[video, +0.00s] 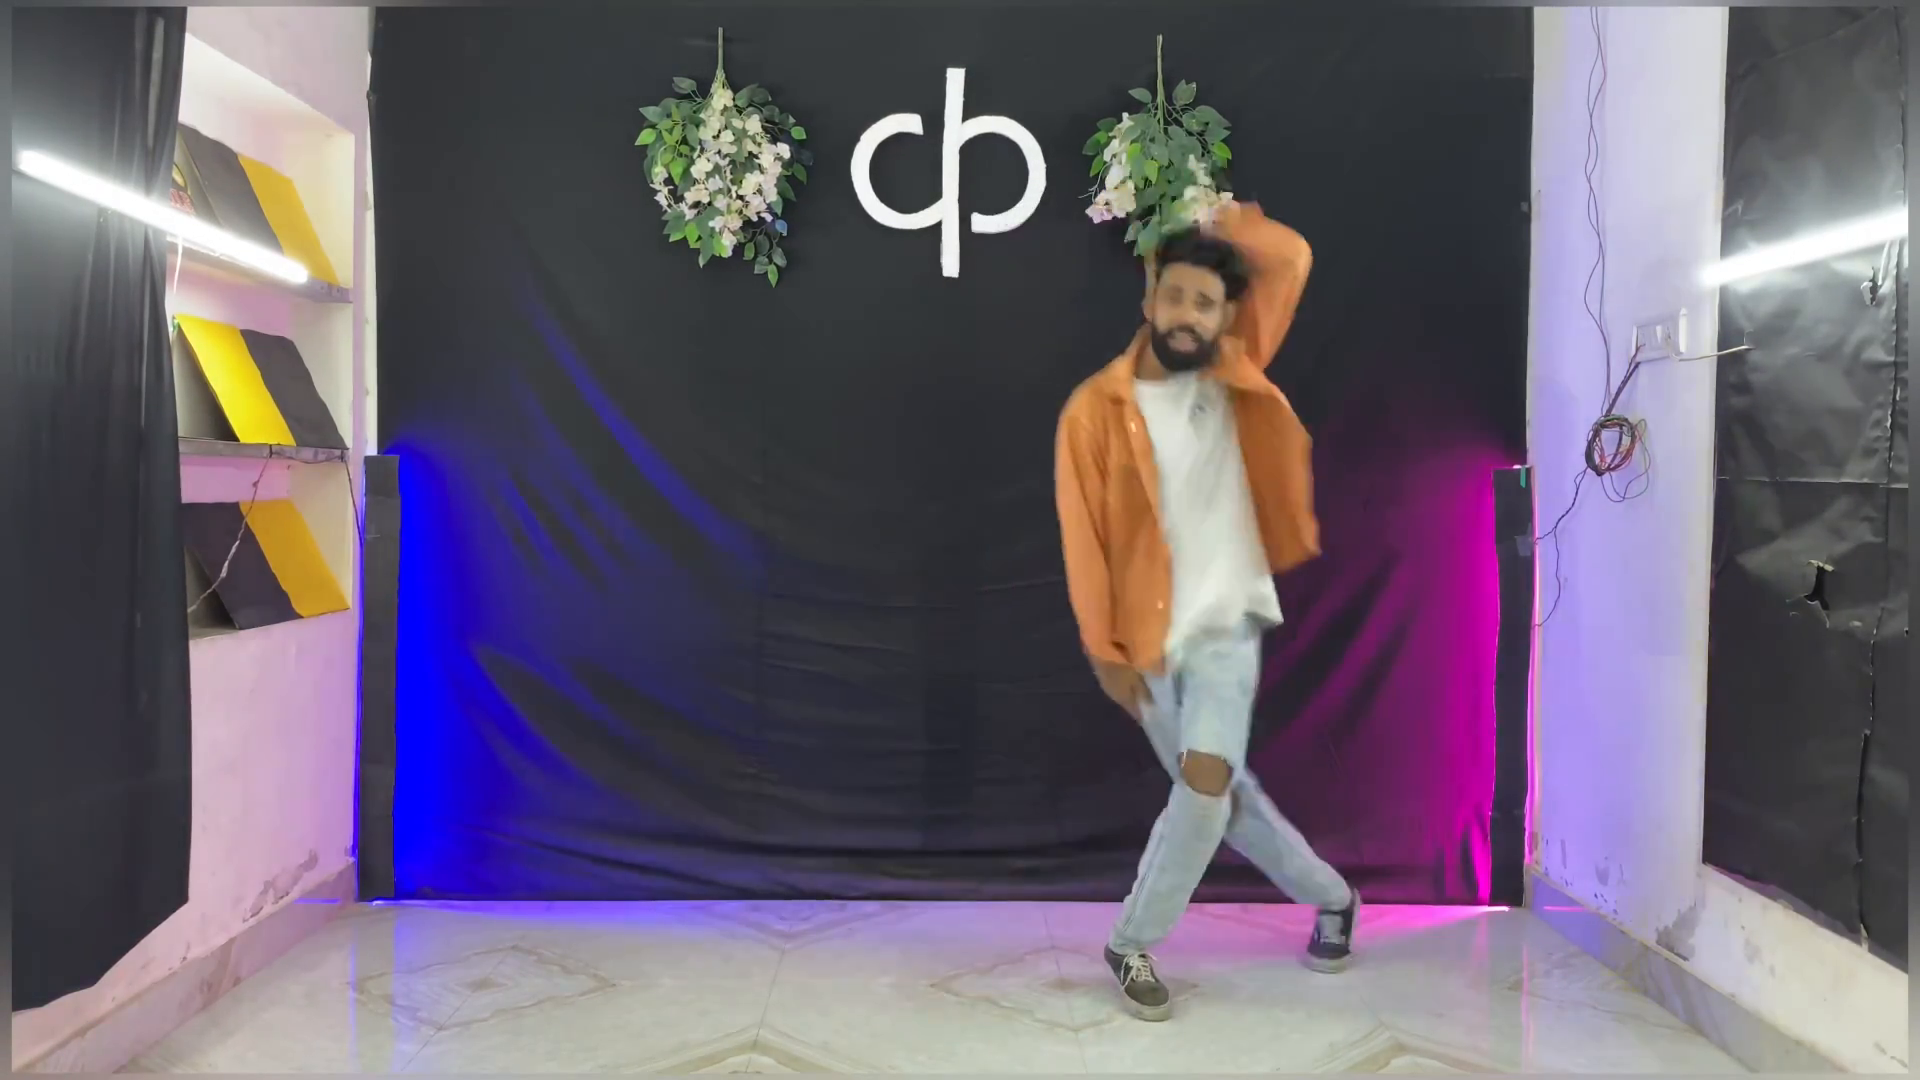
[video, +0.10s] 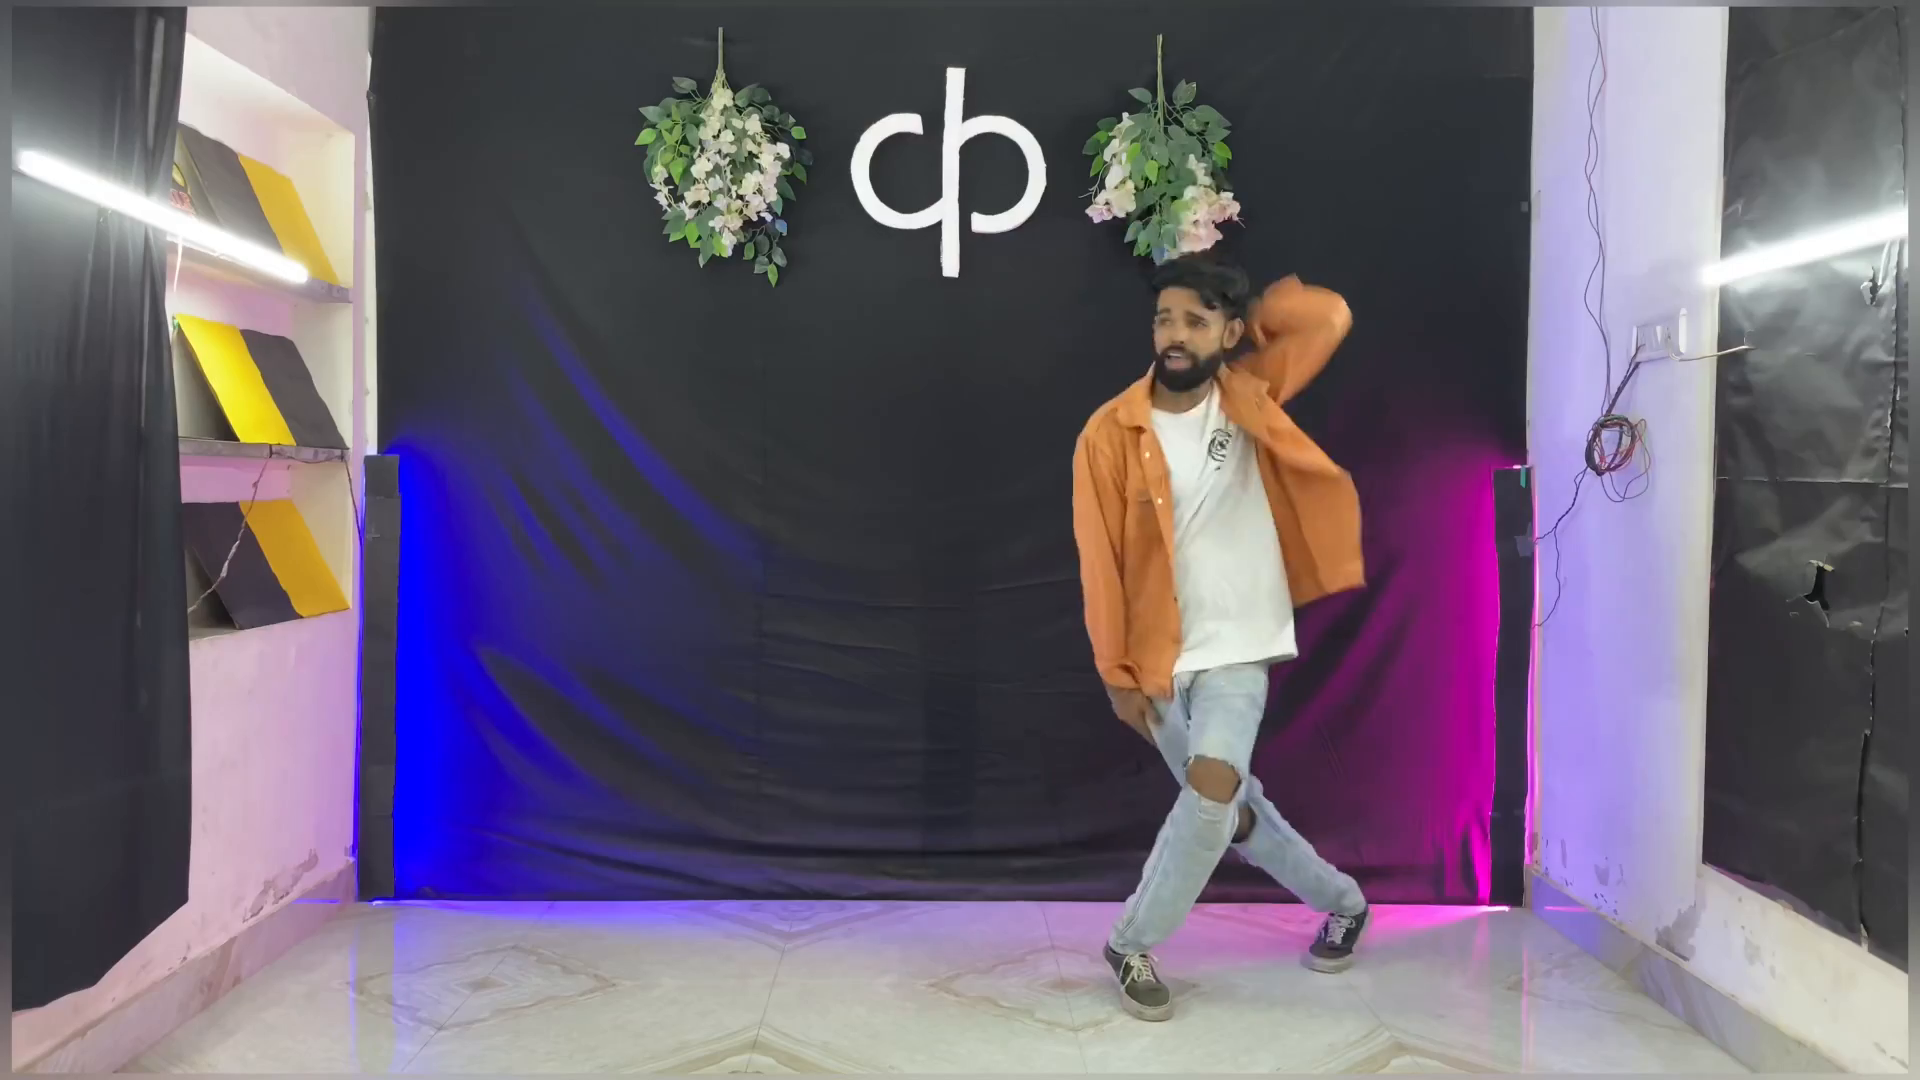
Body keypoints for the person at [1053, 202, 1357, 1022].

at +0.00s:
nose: (1188, 316)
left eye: (1205, 302)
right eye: (1174, 296)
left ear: (1227, 313)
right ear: (1148, 301)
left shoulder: (1239, 376)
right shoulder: (1097, 406)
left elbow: (1291, 260)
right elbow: (1081, 535)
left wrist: (1220, 217)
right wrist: (1102, 648)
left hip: (1230, 610)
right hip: (1143, 624)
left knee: (1208, 776)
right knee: (1214, 789)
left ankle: (1132, 942)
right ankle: (1331, 899)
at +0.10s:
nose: (1172, 334)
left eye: (1192, 320)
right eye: (1162, 317)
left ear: (1232, 331)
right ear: (1150, 324)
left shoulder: (1250, 393)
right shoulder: (1110, 432)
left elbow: (1328, 318)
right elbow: (1098, 558)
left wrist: (1256, 314)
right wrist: (1115, 669)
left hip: (1240, 636)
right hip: (1152, 648)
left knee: (1215, 789)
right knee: (1231, 810)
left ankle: (1131, 944)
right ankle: (1342, 902)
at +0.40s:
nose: (1081, 257)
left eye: (1099, 242)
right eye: (1072, 243)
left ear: (1149, 244)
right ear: (1066, 247)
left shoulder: (1204, 349)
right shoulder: (1039, 323)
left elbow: (1221, 452)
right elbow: (960, 375)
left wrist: (1226, 496)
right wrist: (993, 404)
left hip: (1158, 599)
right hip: (1058, 584)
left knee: (1148, 772)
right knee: (1020, 741)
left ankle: (1123, 952)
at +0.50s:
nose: (1041, 250)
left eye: (1059, 233)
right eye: (1032, 235)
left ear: (1109, 233)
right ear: (1027, 236)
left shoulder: (1173, 330)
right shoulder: (1013, 313)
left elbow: (1199, 454)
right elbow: (942, 389)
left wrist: (1202, 550)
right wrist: (914, 345)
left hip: (1121, 581)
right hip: (1022, 560)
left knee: (1125, 758)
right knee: (953, 697)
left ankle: (1123, 948)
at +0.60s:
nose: (1001, 254)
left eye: (1018, 237)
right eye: (991, 239)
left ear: (1065, 233)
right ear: (986, 241)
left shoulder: (1137, 324)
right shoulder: (986, 312)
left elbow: (1171, 445)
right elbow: (902, 342)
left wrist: (1182, 565)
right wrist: (815, 324)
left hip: (1087, 587)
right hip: (986, 567)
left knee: (1101, 760)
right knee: (918, 719)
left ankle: (1118, 948)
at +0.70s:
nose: (968, 265)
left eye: (985, 248)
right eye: (958, 251)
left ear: (1031, 249)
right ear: (952, 255)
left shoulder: (1098, 347)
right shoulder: (943, 323)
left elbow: (1138, 466)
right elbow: (845, 327)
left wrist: (1176, 579)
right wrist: (744, 329)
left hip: (1061, 600)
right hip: (955, 588)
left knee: (1090, 771)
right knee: (911, 764)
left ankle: (1118, 953)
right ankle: (877, 947)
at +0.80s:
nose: (956, 255)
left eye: (974, 239)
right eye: (943, 241)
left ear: (1012, 248)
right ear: (929, 251)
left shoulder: (1063, 349)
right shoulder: (906, 334)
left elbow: (1112, 465)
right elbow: (822, 374)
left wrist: (1171, 557)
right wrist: (736, 345)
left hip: (1036, 608)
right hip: (930, 608)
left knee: (1075, 772)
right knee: (906, 776)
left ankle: (1118, 952)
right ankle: (877, 948)